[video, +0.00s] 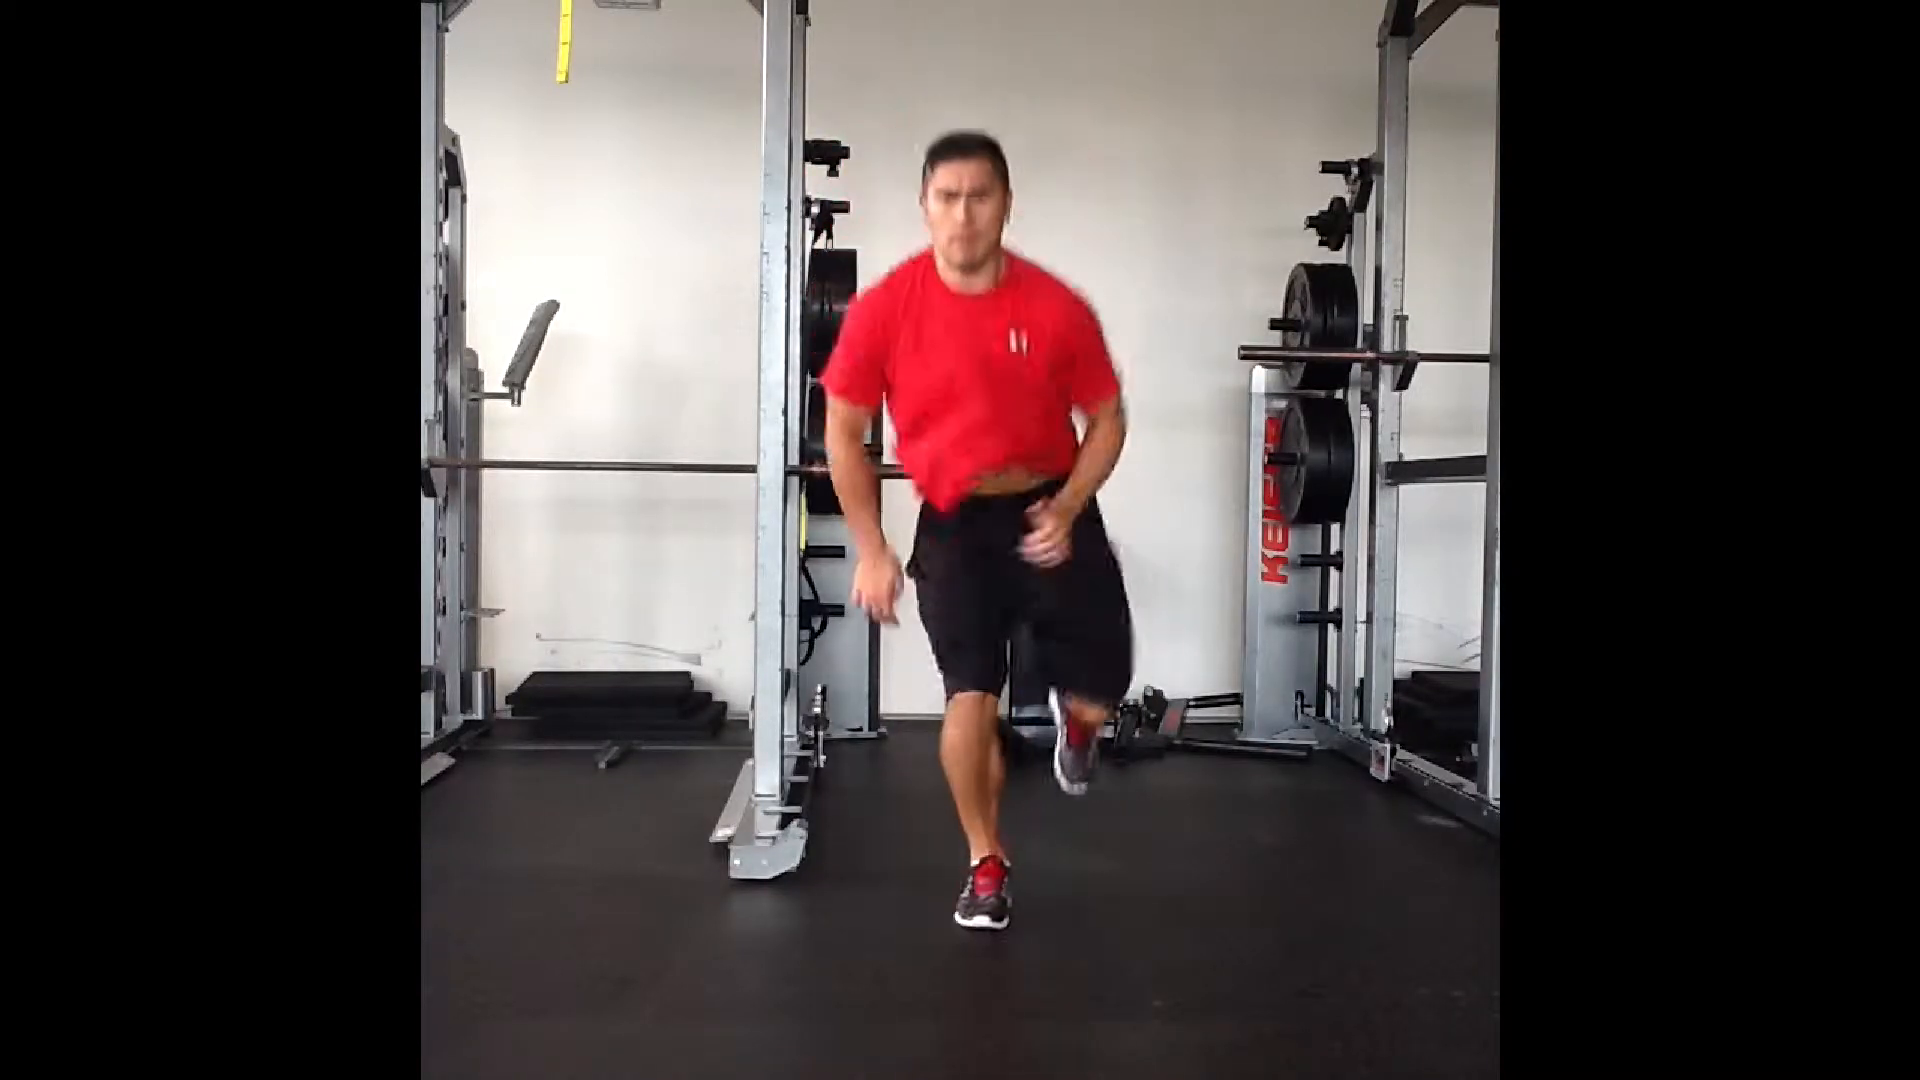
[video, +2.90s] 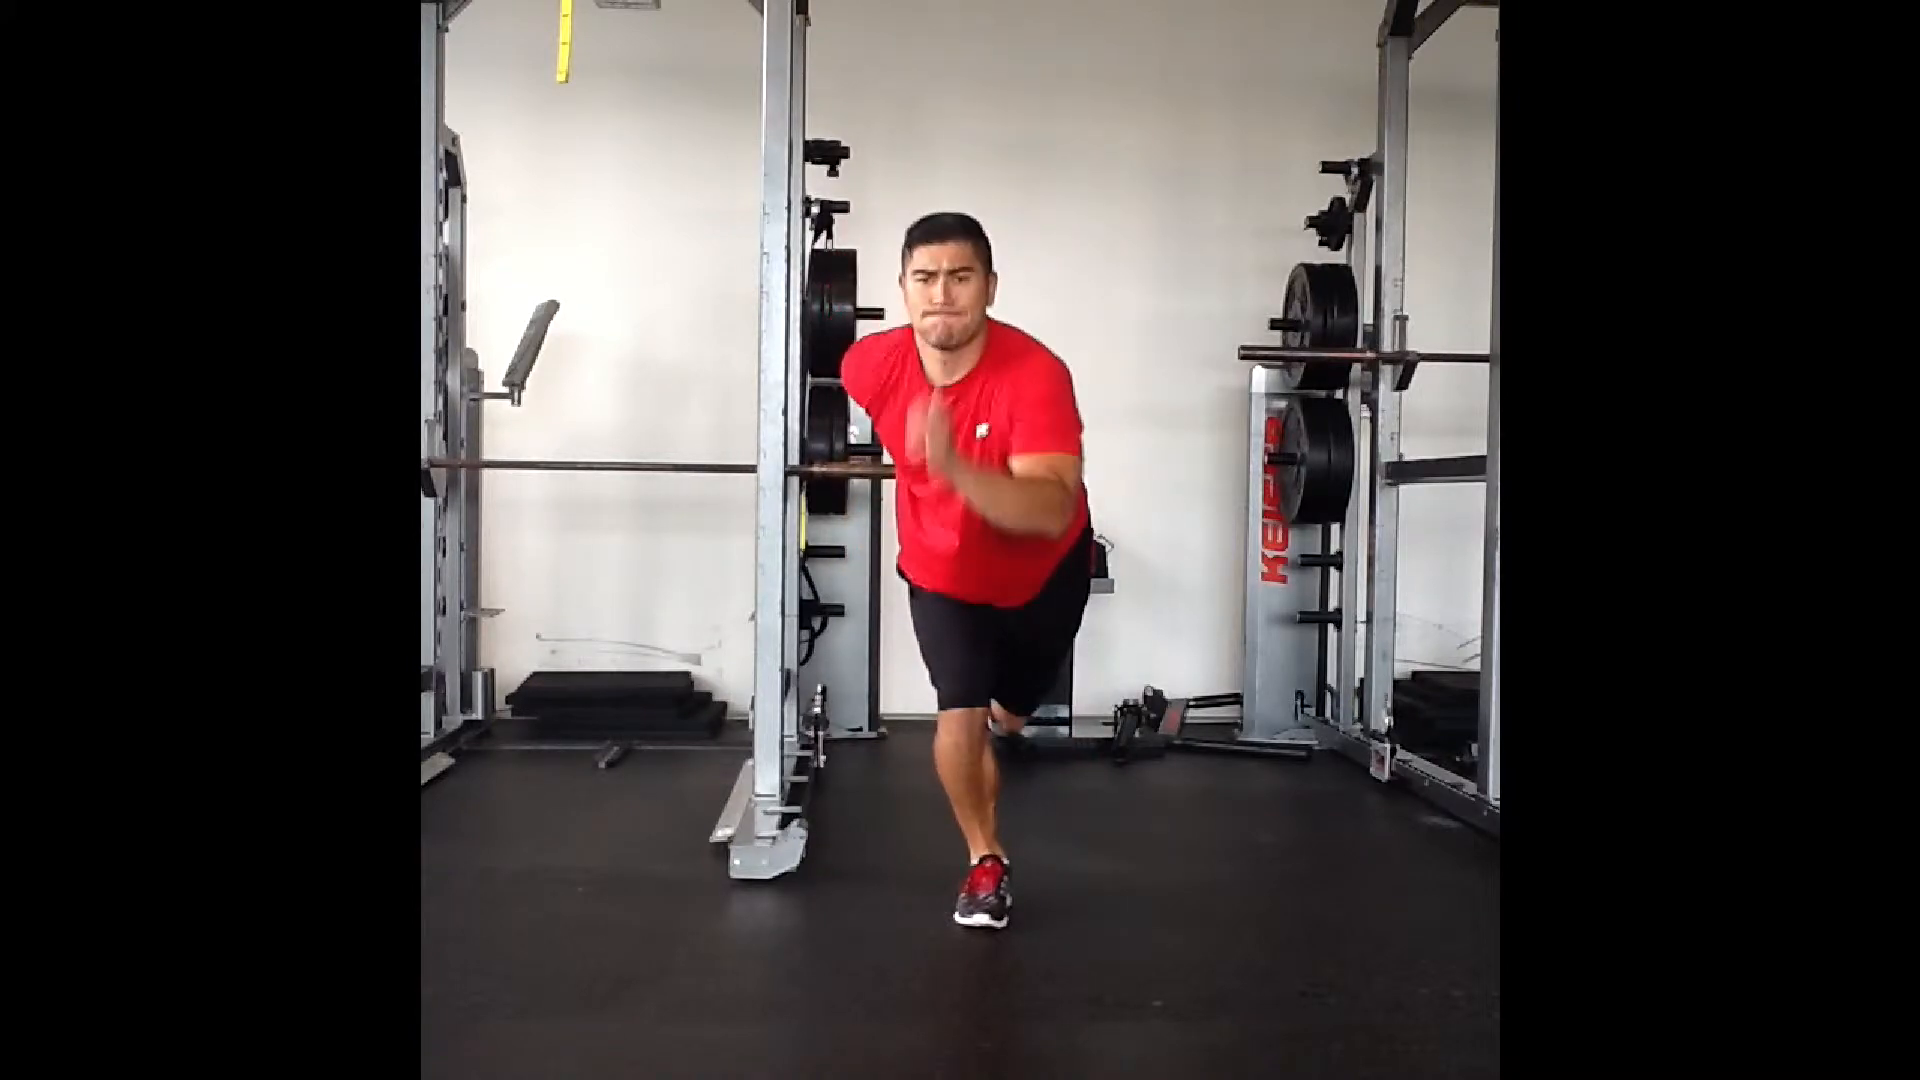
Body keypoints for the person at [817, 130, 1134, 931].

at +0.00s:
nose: (963, 213)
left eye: (978, 197)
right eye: (947, 198)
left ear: (1005, 207)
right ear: (926, 209)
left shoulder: (1057, 308)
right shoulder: (883, 310)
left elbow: (1108, 421)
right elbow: (844, 429)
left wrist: (1066, 506)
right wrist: (871, 549)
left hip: (1056, 510)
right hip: (956, 521)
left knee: (1098, 690)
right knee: (971, 693)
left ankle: (1077, 725)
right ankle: (985, 863)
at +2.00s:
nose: (958, 121)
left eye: (975, 105)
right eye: (942, 105)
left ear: (1002, 118)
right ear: (920, 120)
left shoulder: (1056, 230)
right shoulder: (876, 238)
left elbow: (1097, 358)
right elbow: (853, 373)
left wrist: (1111, 482)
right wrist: (858, 494)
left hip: (1047, 488)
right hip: (936, 498)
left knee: (1072, 672)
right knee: (960, 683)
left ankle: (1081, 762)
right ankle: (983, 858)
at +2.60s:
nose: (952, 189)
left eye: (970, 173)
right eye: (936, 173)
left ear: (999, 188)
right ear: (914, 188)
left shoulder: (1050, 297)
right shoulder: (872, 290)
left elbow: (1086, 433)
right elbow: (858, 375)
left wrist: (999, 436)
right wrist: (871, 463)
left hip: (1042, 525)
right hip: (936, 536)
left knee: (1055, 671)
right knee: (956, 686)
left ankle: (1040, 698)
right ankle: (982, 859)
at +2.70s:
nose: (951, 243)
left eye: (968, 227)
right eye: (934, 228)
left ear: (997, 240)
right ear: (914, 242)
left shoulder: (1041, 339)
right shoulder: (875, 329)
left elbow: (1054, 454)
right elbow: (893, 412)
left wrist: (960, 361)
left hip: (1043, 553)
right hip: (941, 555)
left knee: (1031, 695)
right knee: (959, 692)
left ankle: (994, 728)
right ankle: (982, 859)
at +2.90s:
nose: (941, 296)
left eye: (959, 277)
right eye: (924, 277)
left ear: (990, 287)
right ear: (902, 288)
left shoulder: (1036, 374)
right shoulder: (871, 368)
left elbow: (1053, 510)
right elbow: (906, 436)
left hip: (1044, 575)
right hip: (944, 574)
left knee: (1015, 710)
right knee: (963, 711)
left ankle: (1001, 717)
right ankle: (985, 862)